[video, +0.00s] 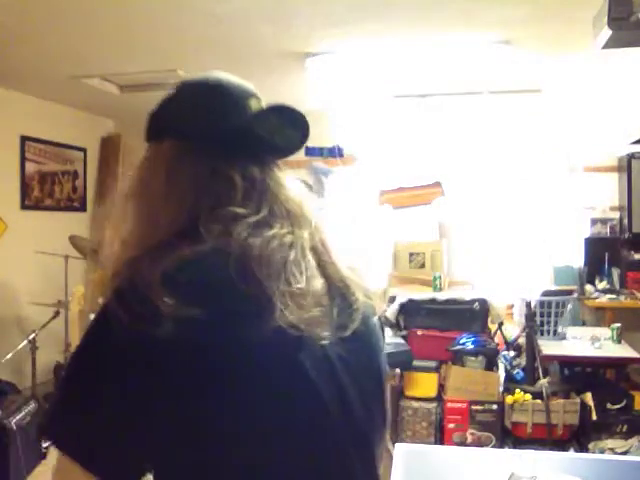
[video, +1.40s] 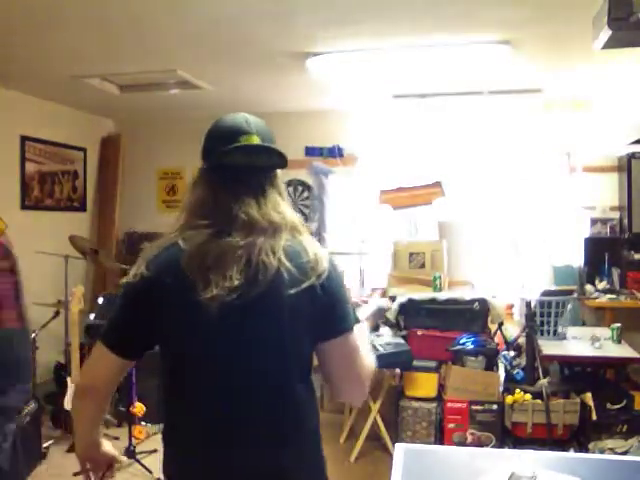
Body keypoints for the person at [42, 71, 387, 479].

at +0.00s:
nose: (137, 187)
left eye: (148, 166)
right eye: (146, 166)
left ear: (166, 180)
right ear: (268, 174)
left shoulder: (157, 300)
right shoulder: (350, 305)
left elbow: (76, 467)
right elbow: (377, 460)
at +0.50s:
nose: (188, 177)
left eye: (193, 164)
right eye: (190, 164)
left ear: (207, 169)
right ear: (286, 169)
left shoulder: (180, 266)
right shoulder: (342, 269)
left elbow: (57, 406)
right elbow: (360, 395)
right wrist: (320, 451)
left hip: (209, 467)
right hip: (318, 469)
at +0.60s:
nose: (181, 183)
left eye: (189, 169)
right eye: (185, 170)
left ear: (205, 174)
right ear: (280, 178)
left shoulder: (175, 266)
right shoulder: (334, 270)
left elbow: (56, 400)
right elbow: (358, 396)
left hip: (202, 471)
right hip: (311, 471)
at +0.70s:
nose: (177, 188)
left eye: (185, 175)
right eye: (182, 175)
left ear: (200, 181)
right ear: (272, 183)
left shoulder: (170, 267)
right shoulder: (326, 271)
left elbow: (62, 399)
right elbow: (356, 397)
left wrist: (11, 471)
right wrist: (292, 365)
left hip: (196, 473)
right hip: (304, 474)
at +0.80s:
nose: (173, 191)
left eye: (180, 180)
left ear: (192, 185)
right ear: (264, 185)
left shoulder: (164, 272)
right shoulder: (315, 272)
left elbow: (64, 404)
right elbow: (352, 396)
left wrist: (21, 472)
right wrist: (290, 369)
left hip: (193, 469)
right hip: (296, 471)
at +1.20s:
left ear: (185, 183)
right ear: (254, 184)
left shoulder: (152, 269)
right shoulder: (294, 264)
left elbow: (83, 391)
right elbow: (338, 386)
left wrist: (77, 458)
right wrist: (324, 334)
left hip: (186, 465)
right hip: (281, 465)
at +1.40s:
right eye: (273, 174)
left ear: (205, 180)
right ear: (274, 182)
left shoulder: (166, 266)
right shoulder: (309, 264)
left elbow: (92, 382)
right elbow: (353, 388)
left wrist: (88, 445)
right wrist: (350, 321)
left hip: (195, 467)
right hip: (290, 467)